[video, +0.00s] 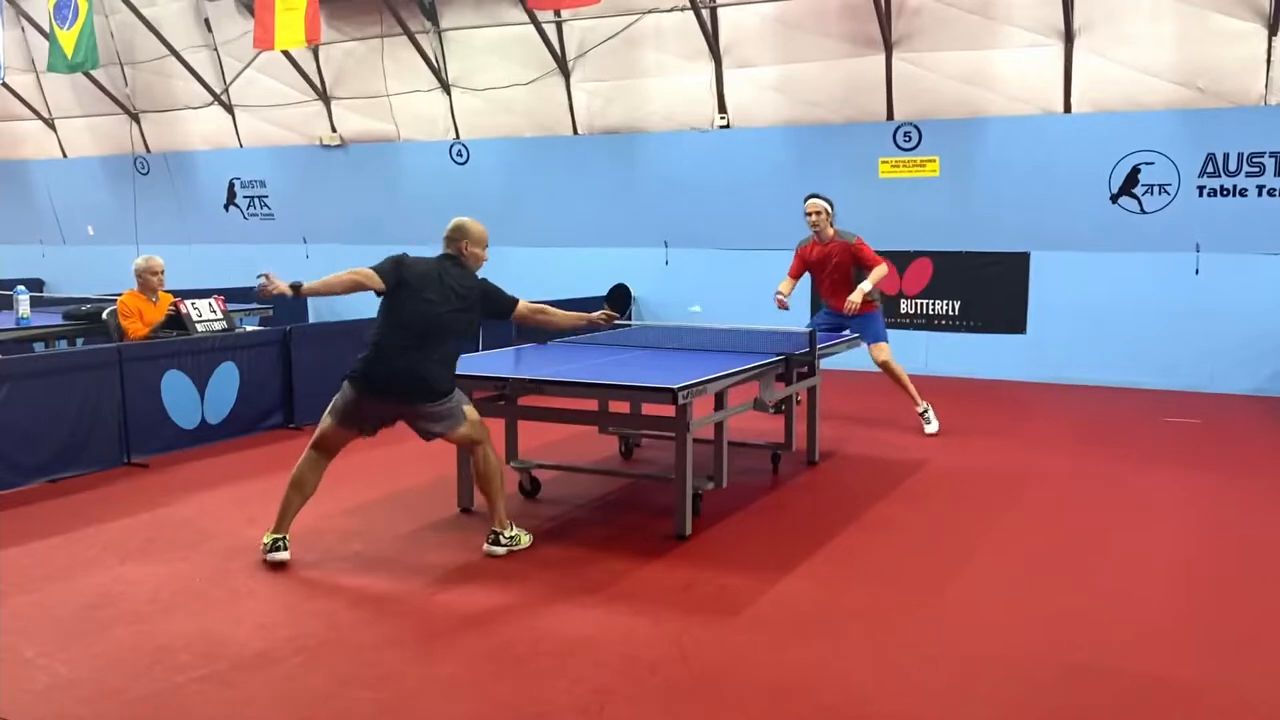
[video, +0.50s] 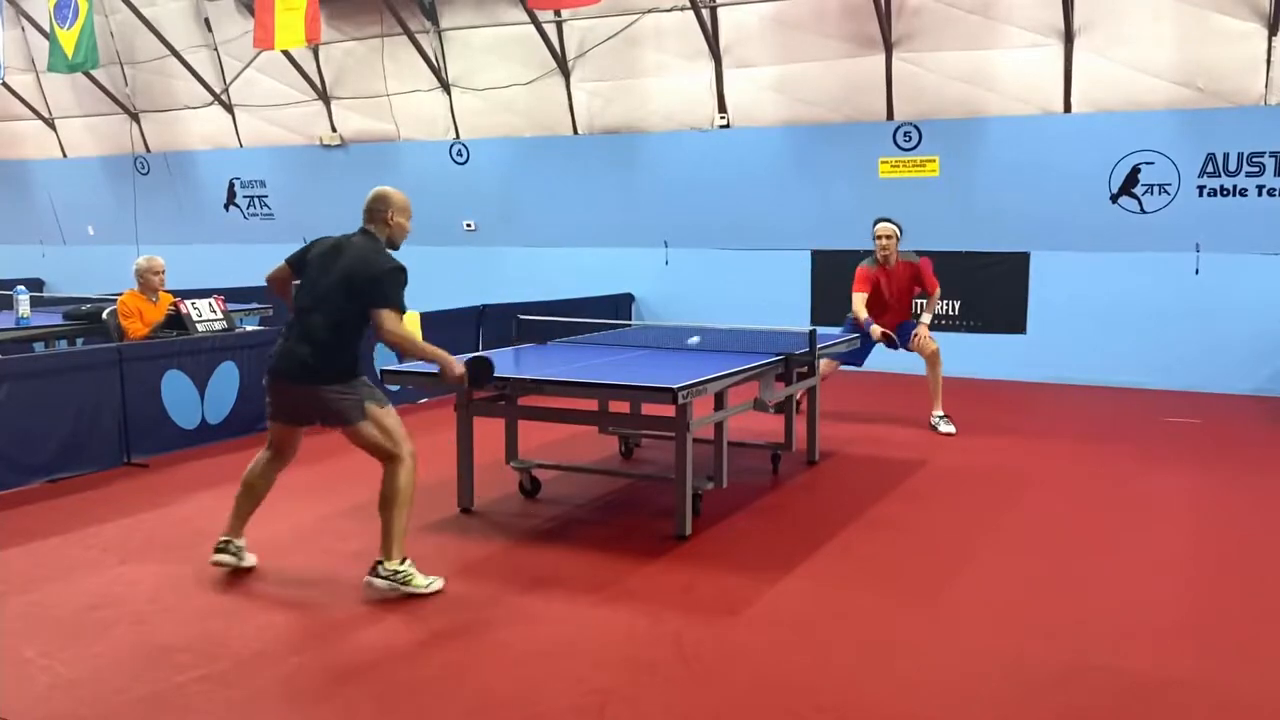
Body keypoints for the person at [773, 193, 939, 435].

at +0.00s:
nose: (813, 219)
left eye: (817, 213)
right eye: (808, 215)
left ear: (829, 215)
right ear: (805, 219)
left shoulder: (850, 243)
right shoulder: (805, 249)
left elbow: (882, 268)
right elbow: (791, 279)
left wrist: (861, 290)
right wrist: (782, 294)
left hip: (865, 311)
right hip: (831, 312)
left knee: (881, 358)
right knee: (797, 348)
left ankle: (922, 407)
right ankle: (791, 395)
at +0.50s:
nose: (884, 242)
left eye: (889, 238)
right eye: (879, 238)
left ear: (898, 241)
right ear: (873, 242)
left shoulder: (916, 266)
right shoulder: (866, 269)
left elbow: (934, 293)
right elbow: (858, 306)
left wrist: (924, 324)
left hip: (899, 324)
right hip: (865, 323)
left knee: (932, 350)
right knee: (824, 369)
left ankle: (938, 413)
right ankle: (795, 396)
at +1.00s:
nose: (814, 236)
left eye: (818, 230)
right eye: (809, 232)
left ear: (829, 231)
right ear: (806, 234)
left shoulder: (849, 255)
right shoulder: (803, 263)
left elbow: (872, 283)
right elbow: (780, 290)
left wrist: (851, 302)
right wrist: (785, 302)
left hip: (862, 318)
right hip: (827, 318)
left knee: (886, 356)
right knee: (791, 344)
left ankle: (917, 408)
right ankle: (784, 395)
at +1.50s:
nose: (771, 217)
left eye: (776, 212)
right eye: (767, 213)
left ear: (787, 214)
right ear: (764, 217)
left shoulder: (809, 237)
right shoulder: (760, 250)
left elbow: (842, 248)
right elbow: (749, 278)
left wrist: (854, 279)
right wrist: (740, 299)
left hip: (824, 303)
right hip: (789, 308)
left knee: (859, 342)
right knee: (763, 344)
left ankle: (896, 390)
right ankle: (771, 393)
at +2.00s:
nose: (779, 244)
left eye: (783, 238)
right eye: (775, 240)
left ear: (795, 237)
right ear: (773, 243)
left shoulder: (819, 259)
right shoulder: (776, 270)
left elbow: (849, 282)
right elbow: (754, 301)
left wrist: (831, 308)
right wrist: (763, 301)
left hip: (837, 319)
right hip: (802, 323)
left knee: (867, 359)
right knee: (764, 345)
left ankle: (901, 407)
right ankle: (763, 399)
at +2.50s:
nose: (793, 238)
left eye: (797, 232)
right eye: (789, 233)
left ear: (807, 233)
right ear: (784, 236)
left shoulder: (830, 254)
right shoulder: (787, 267)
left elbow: (857, 273)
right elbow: (796, 299)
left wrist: (847, 310)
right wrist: (797, 328)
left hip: (844, 312)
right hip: (812, 317)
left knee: (868, 347)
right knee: (781, 349)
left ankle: (884, 403)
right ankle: (763, 398)